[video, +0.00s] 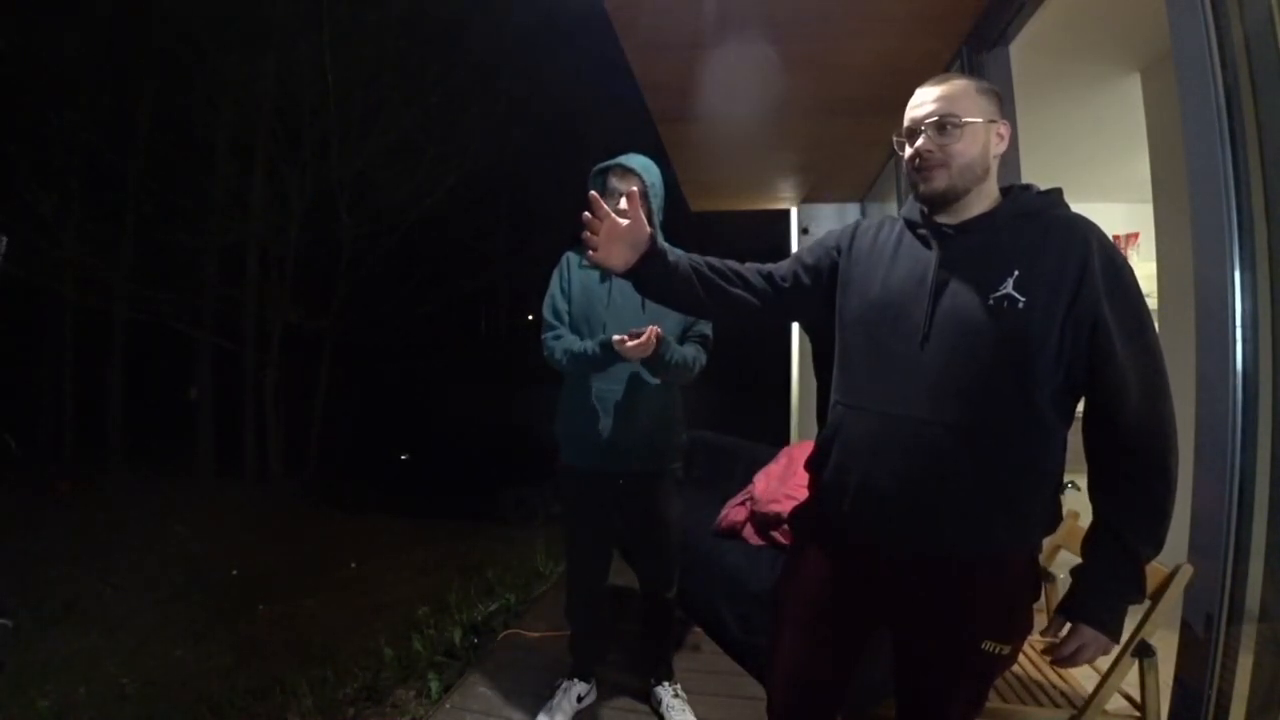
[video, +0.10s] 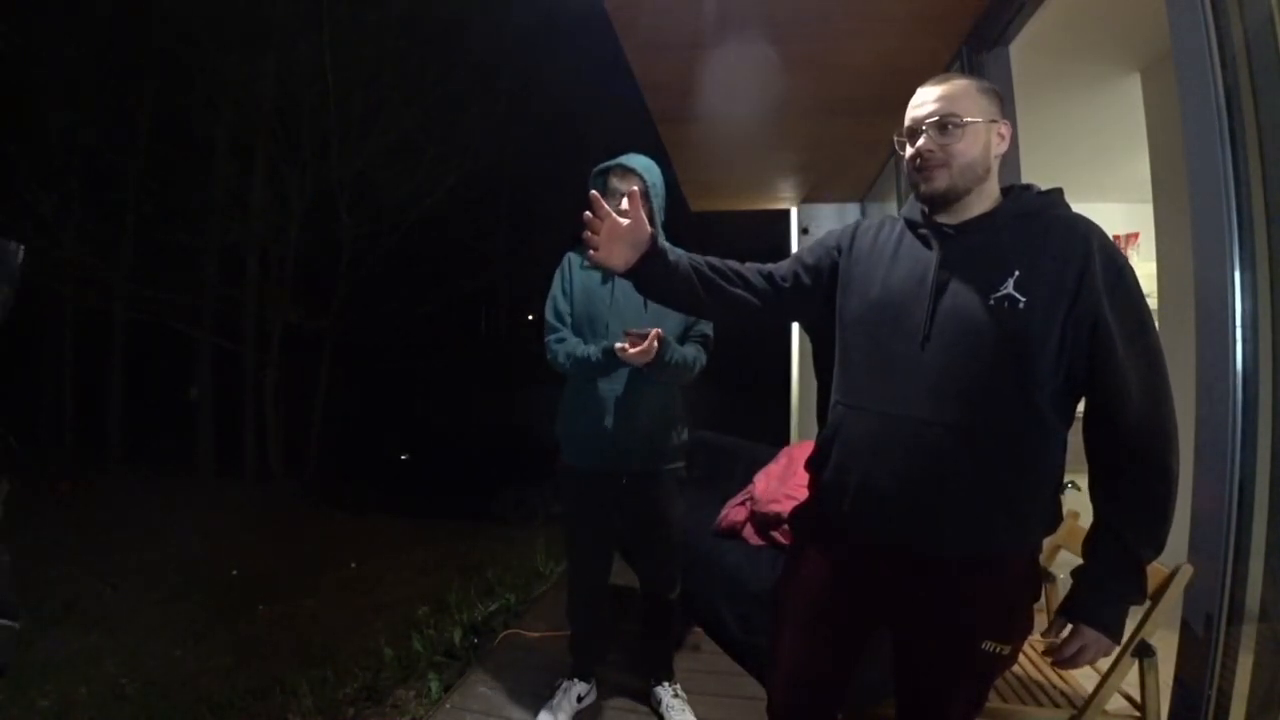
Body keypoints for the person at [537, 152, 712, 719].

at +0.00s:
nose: (629, 208)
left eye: (638, 198)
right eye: (618, 196)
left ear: (653, 205)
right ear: (597, 203)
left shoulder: (678, 270)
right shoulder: (574, 266)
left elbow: (696, 358)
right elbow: (554, 346)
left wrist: (658, 352)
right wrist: (608, 348)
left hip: (653, 449)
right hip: (587, 447)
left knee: (659, 569)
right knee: (585, 566)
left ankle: (661, 678)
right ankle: (580, 678)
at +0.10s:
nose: (629, 207)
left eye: (639, 198)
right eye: (619, 196)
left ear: (654, 204)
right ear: (598, 203)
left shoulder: (680, 269)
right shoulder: (575, 266)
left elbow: (698, 355)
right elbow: (555, 347)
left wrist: (662, 353)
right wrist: (610, 353)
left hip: (656, 451)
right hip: (588, 449)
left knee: (661, 572)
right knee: (586, 569)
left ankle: (661, 679)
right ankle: (580, 679)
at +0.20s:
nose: (633, 207)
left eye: (643, 198)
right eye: (622, 197)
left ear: (657, 204)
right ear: (600, 203)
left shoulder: (682, 270)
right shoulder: (578, 267)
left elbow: (701, 355)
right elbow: (559, 351)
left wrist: (665, 356)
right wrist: (614, 357)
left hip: (661, 453)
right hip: (592, 450)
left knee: (664, 573)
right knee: (588, 570)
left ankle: (661, 679)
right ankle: (581, 678)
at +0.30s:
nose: (636, 210)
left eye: (645, 199)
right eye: (624, 199)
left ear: (661, 204)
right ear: (604, 204)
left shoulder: (686, 270)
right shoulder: (582, 266)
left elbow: (704, 353)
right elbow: (563, 349)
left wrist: (669, 359)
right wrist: (618, 359)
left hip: (665, 452)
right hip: (596, 450)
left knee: (665, 572)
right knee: (590, 568)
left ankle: (662, 679)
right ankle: (581, 679)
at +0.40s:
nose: (639, 208)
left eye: (651, 198)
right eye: (628, 197)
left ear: (667, 205)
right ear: (609, 204)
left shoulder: (692, 269)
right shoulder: (586, 266)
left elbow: (709, 353)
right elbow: (568, 350)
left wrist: (676, 353)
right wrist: (622, 366)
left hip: (668, 452)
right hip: (601, 449)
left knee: (668, 571)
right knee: (593, 568)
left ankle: (664, 679)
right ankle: (582, 678)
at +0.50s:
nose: (644, 206)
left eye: (656, 196)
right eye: (634, 195)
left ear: (674, 202)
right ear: (616, 202)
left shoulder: (698, 271)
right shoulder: (591, 266)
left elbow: (714, 356)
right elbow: (575, 349)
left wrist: (678, 351)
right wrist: (626, 370)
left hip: (671, 448)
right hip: (604, 445)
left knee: (671, 568)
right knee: (594, 565)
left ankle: (665, 678)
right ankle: (582, 677)